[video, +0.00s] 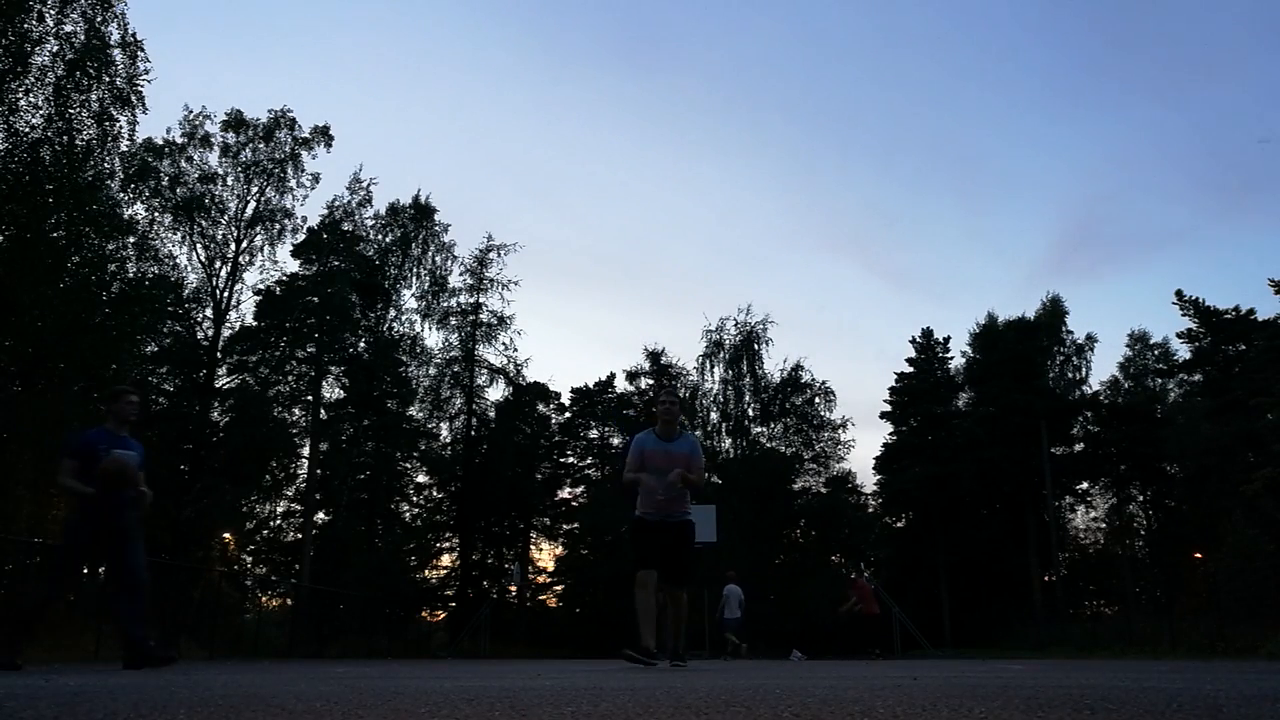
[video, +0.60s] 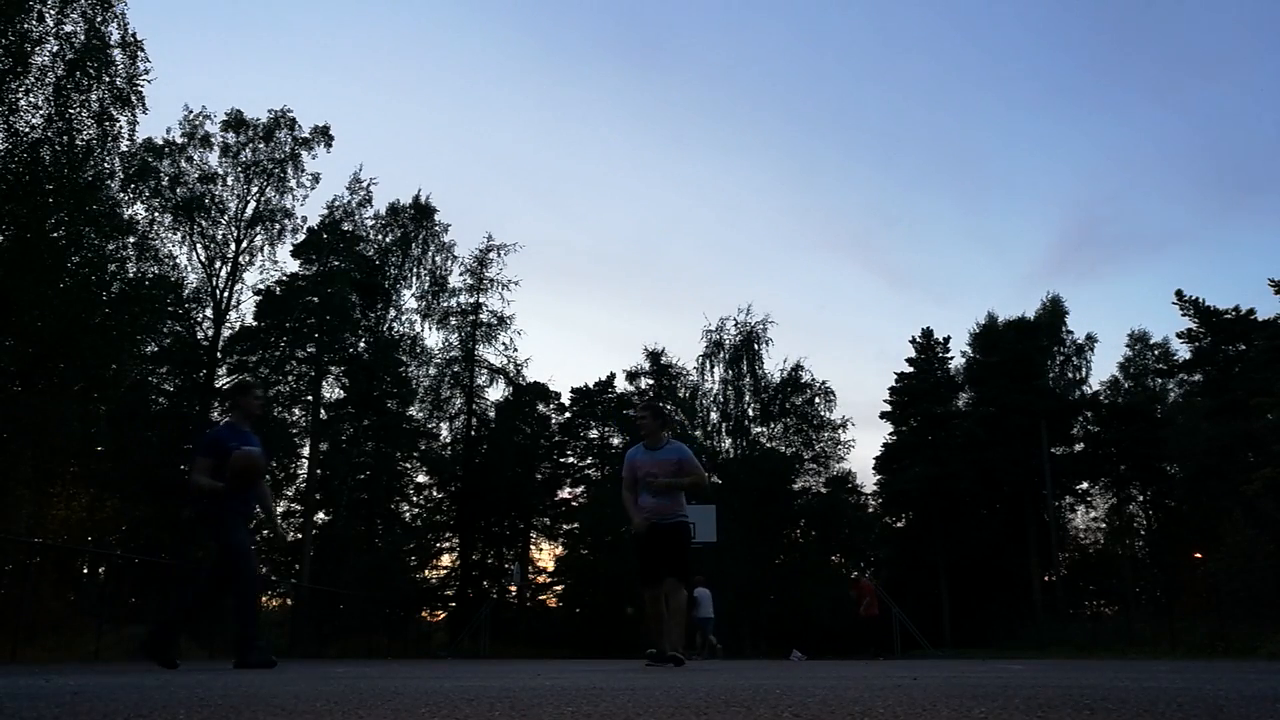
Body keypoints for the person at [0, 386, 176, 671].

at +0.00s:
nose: (133, 410)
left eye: (136, 405)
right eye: (128, 404)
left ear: (137, 411)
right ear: (113, 406)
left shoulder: (135, 447)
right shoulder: (90, 439)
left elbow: (138, 482)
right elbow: (66, 478)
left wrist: (144, 491)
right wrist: (92, 492)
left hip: (124, 524)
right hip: (89, 521)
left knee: (131, 584)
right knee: (60, 582)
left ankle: (136, 651)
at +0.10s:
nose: (158, 407)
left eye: (159, 402)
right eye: (153, 402)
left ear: (157, 408)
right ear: (138, 405)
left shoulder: (157, 444)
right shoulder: (114, 437)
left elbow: (161, 481)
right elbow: (93, 476)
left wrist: (167, 492)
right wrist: (121, 489)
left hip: (148, 522)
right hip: (117, 521)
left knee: (152, 584)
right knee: (107, 585)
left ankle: (144, 651)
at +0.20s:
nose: (179, 401)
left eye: (181, 397)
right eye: (175, 396)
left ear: (177, 401)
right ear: (160, 397)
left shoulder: (177, 437)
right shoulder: (137, 431)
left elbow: (182, 473)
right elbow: (114, 470)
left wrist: (190, 488)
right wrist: (142, 483)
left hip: (168, 514)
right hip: (140, 514)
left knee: (163, 582)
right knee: (142, 581)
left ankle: (157, 649)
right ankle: (138, 651)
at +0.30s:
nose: (200, 397)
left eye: (201, 393)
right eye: (195, 392)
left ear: (198, 398)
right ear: (179, 394)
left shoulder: (197, 434)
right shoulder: (157, 427)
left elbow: (203, 470)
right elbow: (135, 468)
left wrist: (213, 488)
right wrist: (161, 480)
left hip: (184, 511)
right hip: (156, 510)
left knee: (173, 577)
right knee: (167, 576)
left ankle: (159, 649)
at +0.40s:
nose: (221, 400)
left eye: (221, 396)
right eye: (216, 395)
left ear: (214, 400)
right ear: (200, 397)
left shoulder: (213, 434)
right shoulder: (177, 430)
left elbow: (222, 471)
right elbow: (154, 472)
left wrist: (238, 496)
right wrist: (183, 485)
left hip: (201, 513)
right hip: (175, 512)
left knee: (173, 580)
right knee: (193, 577)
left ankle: (147, 650)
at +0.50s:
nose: (239, 405)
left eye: (240, 401)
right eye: (234, 400)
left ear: (235, 406)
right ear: (219, 402)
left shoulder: (232, 441)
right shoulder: (198, 435)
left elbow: (242, 479)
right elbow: (176, 476)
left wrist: (259, 509)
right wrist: (199, 489)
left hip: (215, 521)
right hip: (194, 521)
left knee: (181, 583)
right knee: (224, 581)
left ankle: (148, 648)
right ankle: (240, 651)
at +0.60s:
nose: (260, 404)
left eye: (260, 399)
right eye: (255, 399)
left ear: (251, 404)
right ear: (238, 401)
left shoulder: (252, 439)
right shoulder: (219, 434)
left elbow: (258, 484)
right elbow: (198, 476)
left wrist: (273, 520)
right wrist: (225, 487)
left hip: (239, 519)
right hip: (218, 519)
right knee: (244, 579)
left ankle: (164, 641)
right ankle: (246, 652)